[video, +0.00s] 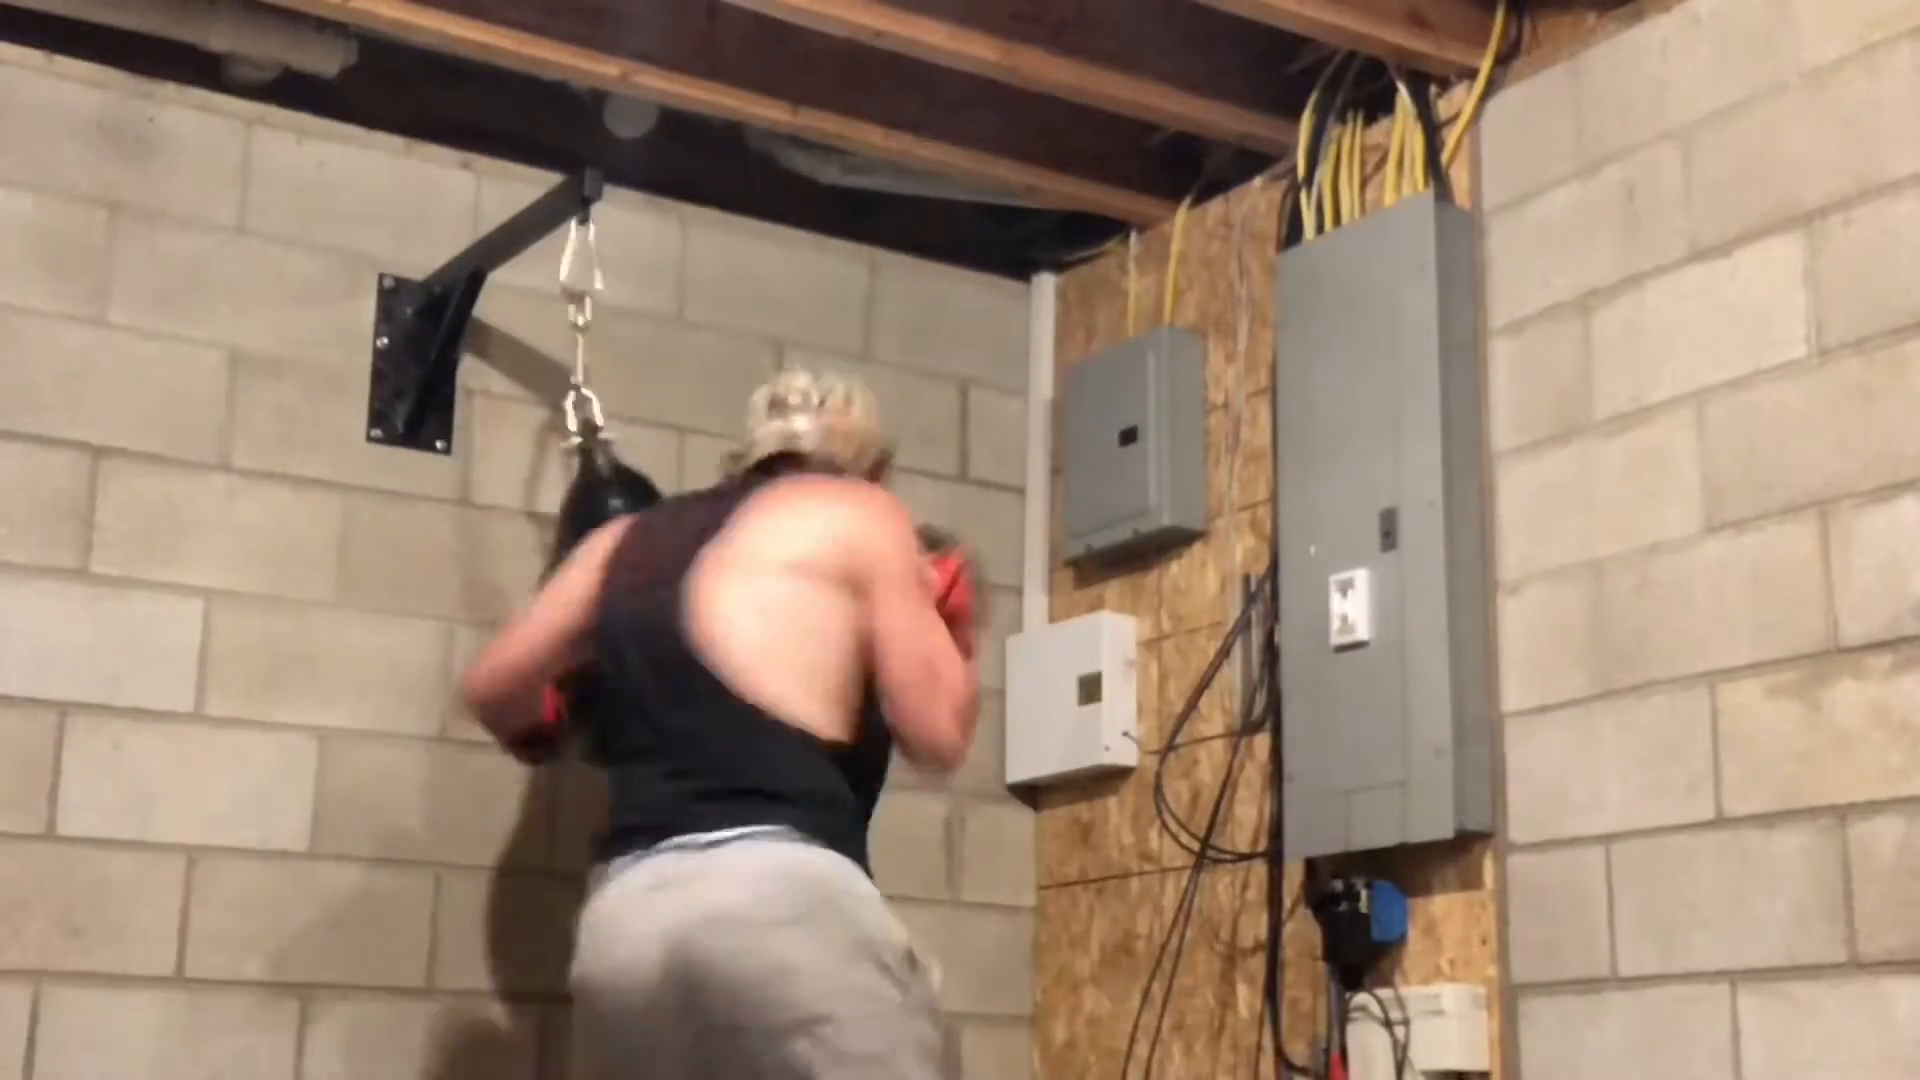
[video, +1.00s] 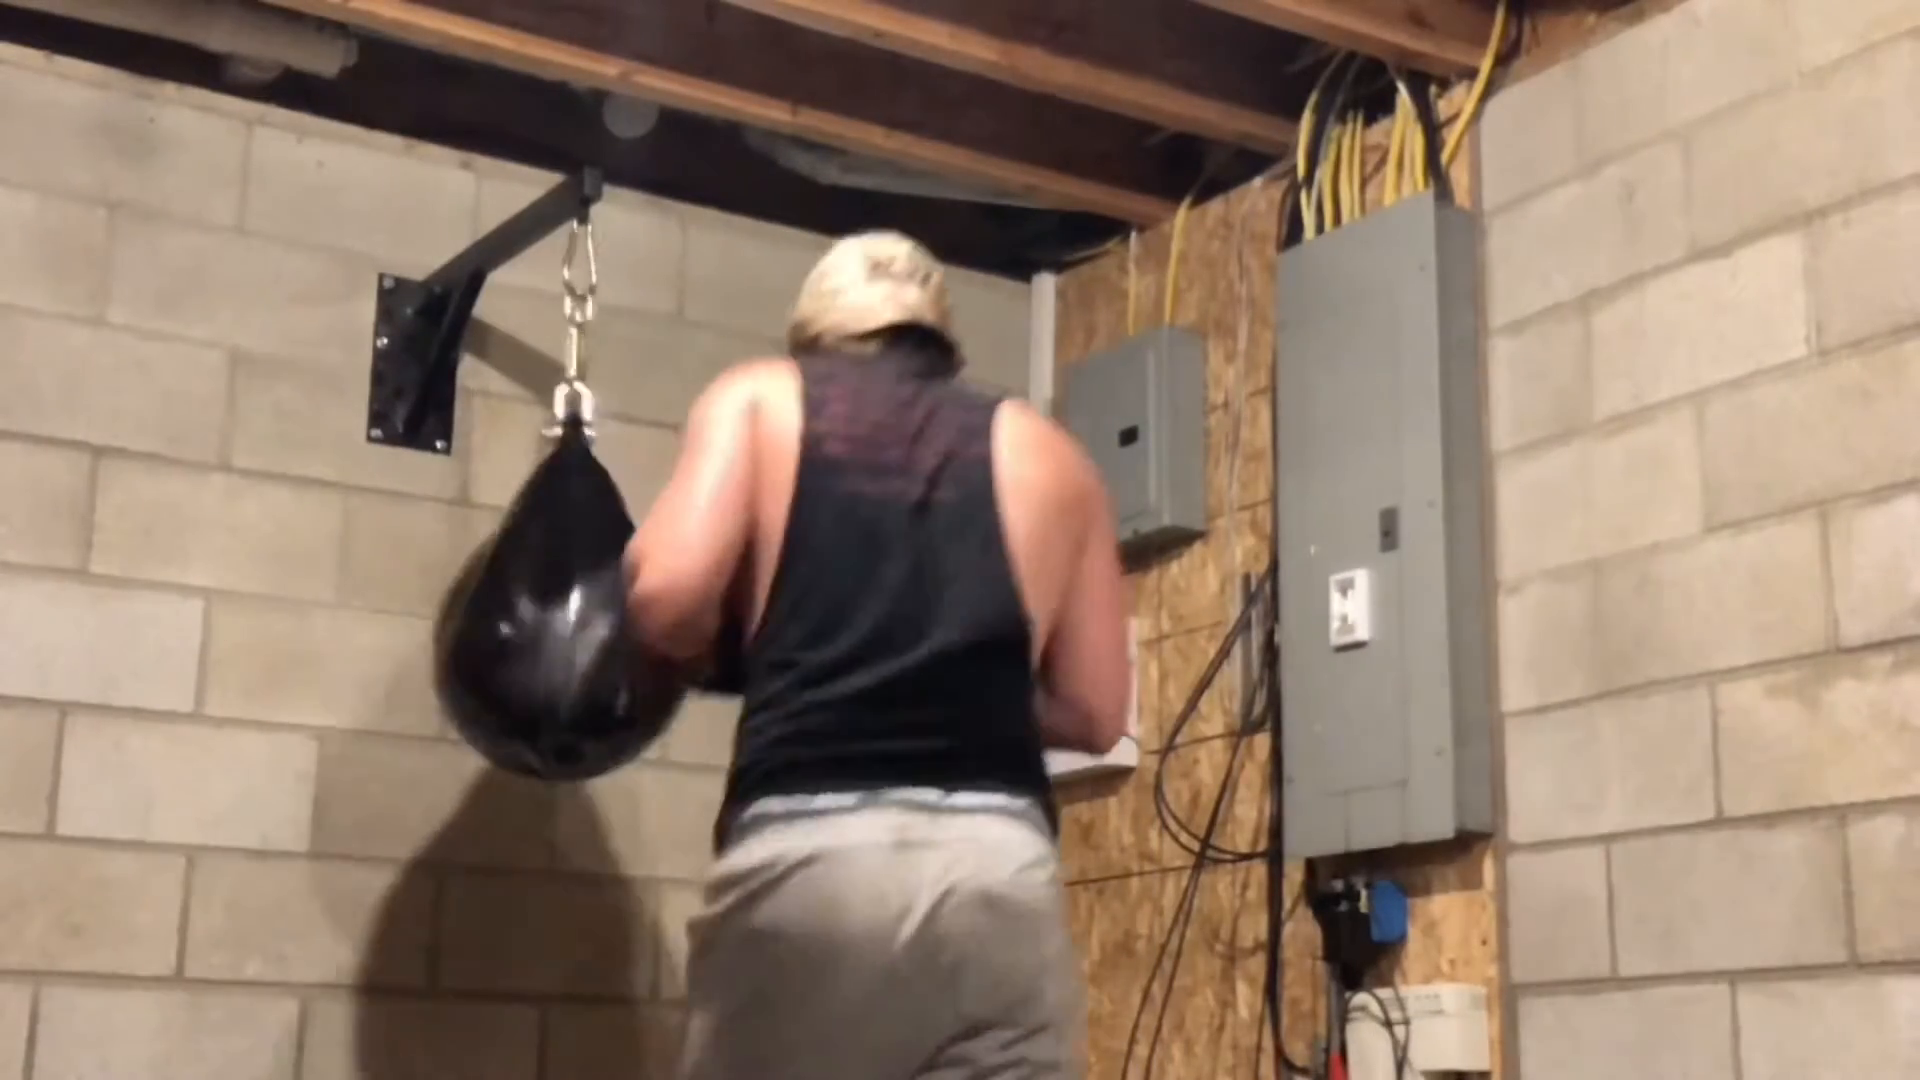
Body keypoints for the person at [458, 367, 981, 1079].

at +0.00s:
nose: (886, 496)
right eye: (884, 485)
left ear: (752, 457)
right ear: (869, 469)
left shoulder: (626, 536)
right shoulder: (862, 512)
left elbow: (493, 682)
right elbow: (939, 737)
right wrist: (956, 628)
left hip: (622, 912)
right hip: (784, 900)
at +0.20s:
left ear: (726, 468)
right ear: (846, 498)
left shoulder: (656, 507)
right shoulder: (886, 585)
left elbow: (532, 534)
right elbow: (915, 818)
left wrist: (391, 632)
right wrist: (834, 721)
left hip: (596, 931)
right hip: (768, 931)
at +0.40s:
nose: (891, 498)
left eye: (894, 485)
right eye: (893, 481)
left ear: (776, 427)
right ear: (881, 461)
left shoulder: (643, 491)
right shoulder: (842, 507)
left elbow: (473, 596)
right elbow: (875, 742)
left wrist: (542, 681)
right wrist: (936, 638)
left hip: (549, 899)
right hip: (694, 903)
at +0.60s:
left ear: (688, 471)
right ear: (814, 490)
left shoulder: (592, 540)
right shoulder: (865, 586)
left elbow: (476, 723)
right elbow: (875, 845)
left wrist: (606, 710)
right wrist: (817, 707)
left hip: (576, 966)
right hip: (771, 974)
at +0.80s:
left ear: (745, 400)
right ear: (877, 409)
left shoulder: (661, 478)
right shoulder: (965, 516)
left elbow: (557, 668)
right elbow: (1000, 774)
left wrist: (655, 708)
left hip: (717, 935)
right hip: (917, 926)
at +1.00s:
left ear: (811, 331)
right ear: (943, 336)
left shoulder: (754, 397)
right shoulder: (1052, 453)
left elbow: (665, 599)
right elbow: (1092, 714)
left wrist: (723, 655)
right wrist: (944, 695)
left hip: (803, 865)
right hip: (1003, 872)